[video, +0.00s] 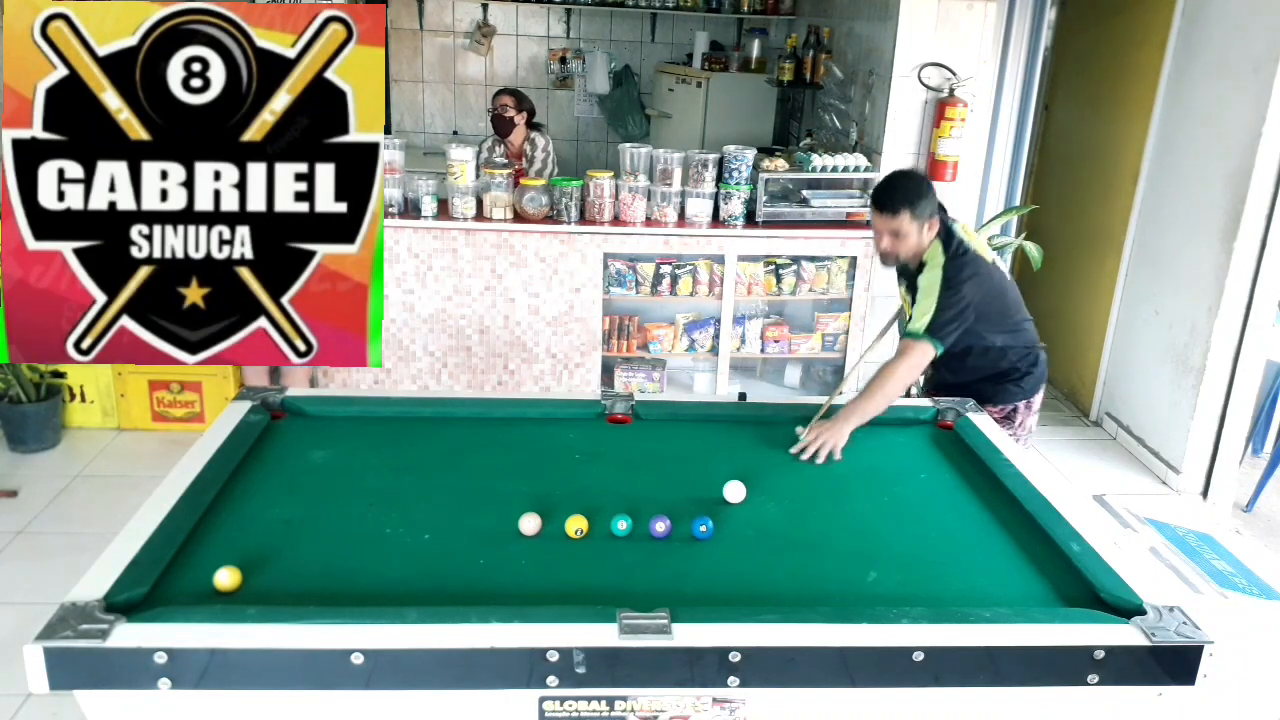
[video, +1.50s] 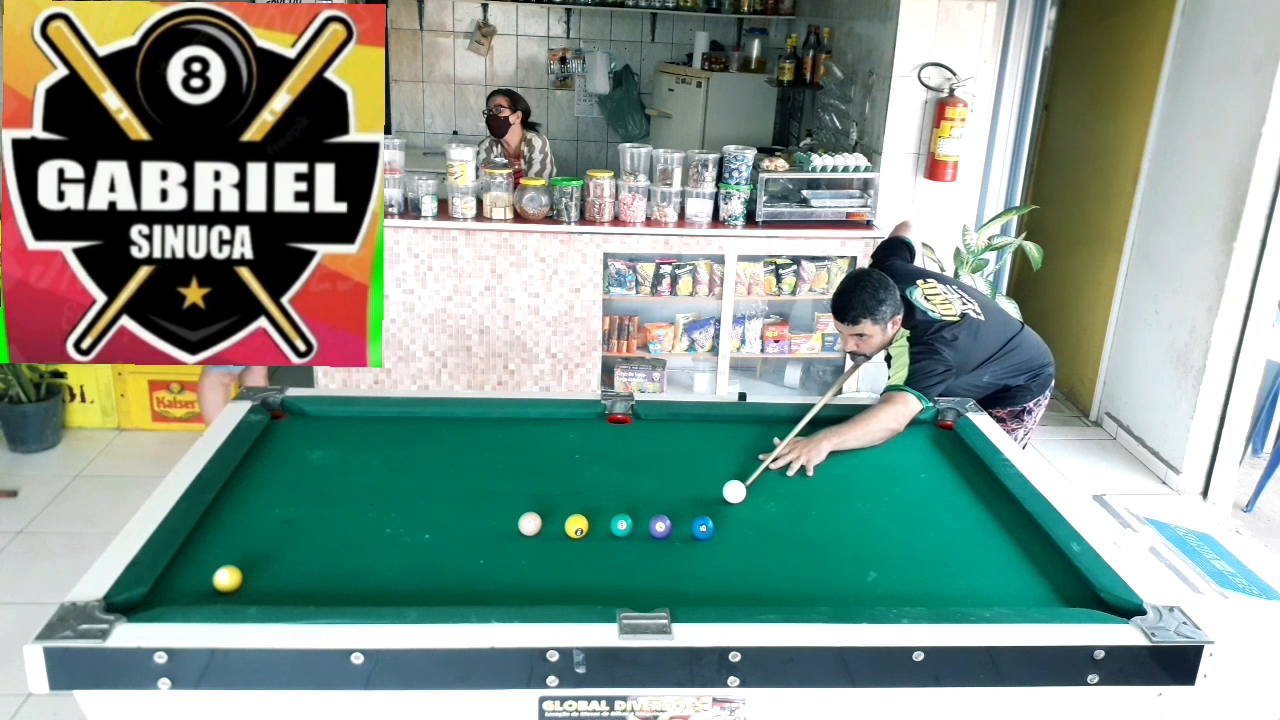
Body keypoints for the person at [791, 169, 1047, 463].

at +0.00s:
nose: (883, 246)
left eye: (895, 235)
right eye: (878, 233)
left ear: (930, 228)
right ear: (873, 222)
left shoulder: (956, 271)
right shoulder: (920, 239)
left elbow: (911, 362)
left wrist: (843, 422)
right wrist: (912, 301)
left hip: (1004, 390)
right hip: (949, 380)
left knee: (985, 495)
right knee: (936, 486)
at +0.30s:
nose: (864, 314)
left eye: (877, 304)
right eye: (858, 301)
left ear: (910, 292)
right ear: (852, 284)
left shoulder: (939, 321)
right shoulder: (906, 252)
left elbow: (897, 396)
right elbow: (921, 218)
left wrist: (827, 439)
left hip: (1023, 381)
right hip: (964, 373)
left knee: (991, 482)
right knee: (949, 469)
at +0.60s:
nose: (857, 340)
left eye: (868, 329)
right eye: (849, 326)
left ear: (901, 316)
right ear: (843, 311)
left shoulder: (934, 343)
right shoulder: (897, 264)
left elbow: (899, 408)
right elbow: (911, 233)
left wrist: (828, 440)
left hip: (1026, 378)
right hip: (976, 364)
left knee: (991, 478)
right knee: (951, 461)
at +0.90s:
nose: (854, 345)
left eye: (866, 336)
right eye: (848, 333)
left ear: (899, 323)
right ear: (843, 317)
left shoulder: (933, 349)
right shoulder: (896, 271)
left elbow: (898, 416)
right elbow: (908, 231)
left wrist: (827, 441)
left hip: (1027, 377)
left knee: (991, 478)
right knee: (952, 462)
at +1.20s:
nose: (851, 347)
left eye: (863, 338)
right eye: (844, 334)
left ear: (897, 325)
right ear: (840, 319)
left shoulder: (930, 350)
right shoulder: (891, 272)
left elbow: (895, 414)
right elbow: (906, 232)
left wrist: (823, 439)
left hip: (1025, 377)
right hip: (975, 360)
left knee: (988, 477)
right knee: (949, 461)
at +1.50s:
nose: (849, 346)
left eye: (860, 336)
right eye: (842, 333)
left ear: (894, 323)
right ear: (838, 316)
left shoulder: (927, 350)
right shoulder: (889, 271)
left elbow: (894, 416)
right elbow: (905, 228)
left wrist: (825, 440)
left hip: (1023, 375)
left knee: (987, 476)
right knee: (949, 460)